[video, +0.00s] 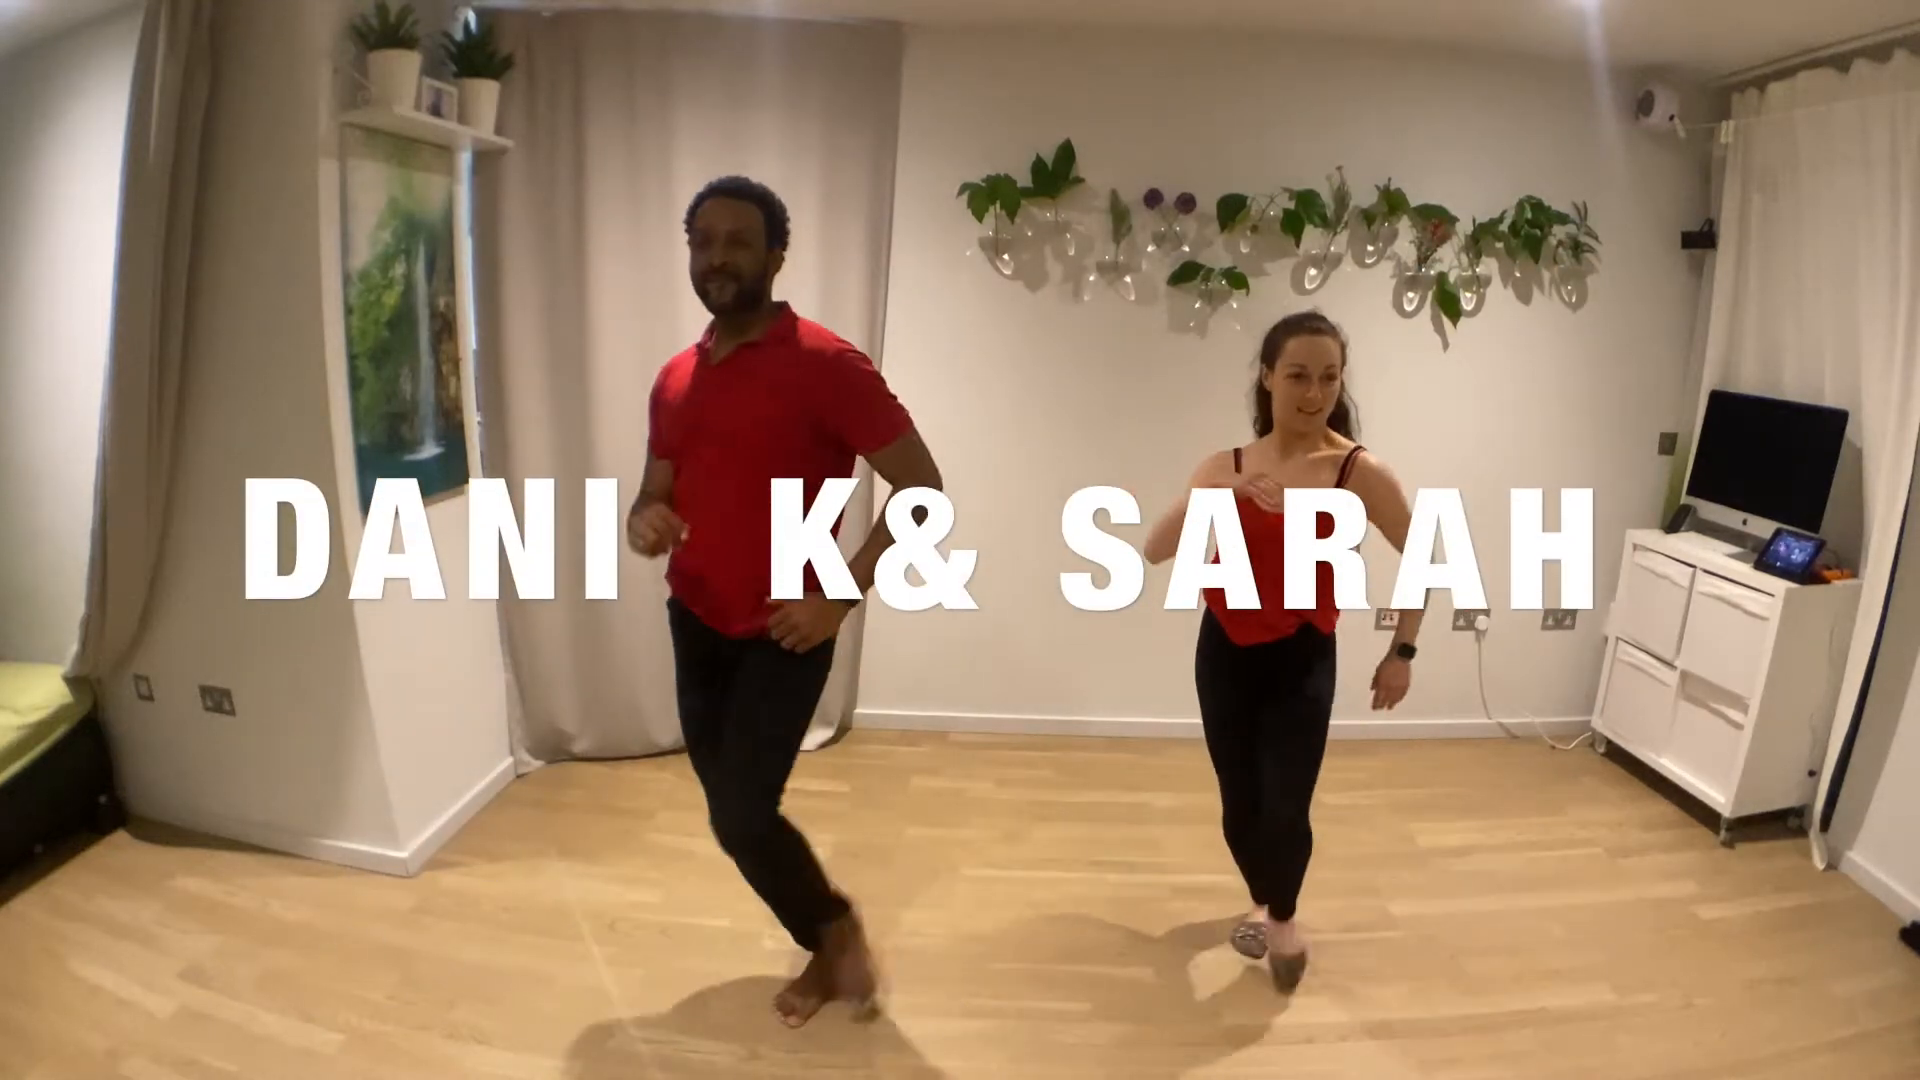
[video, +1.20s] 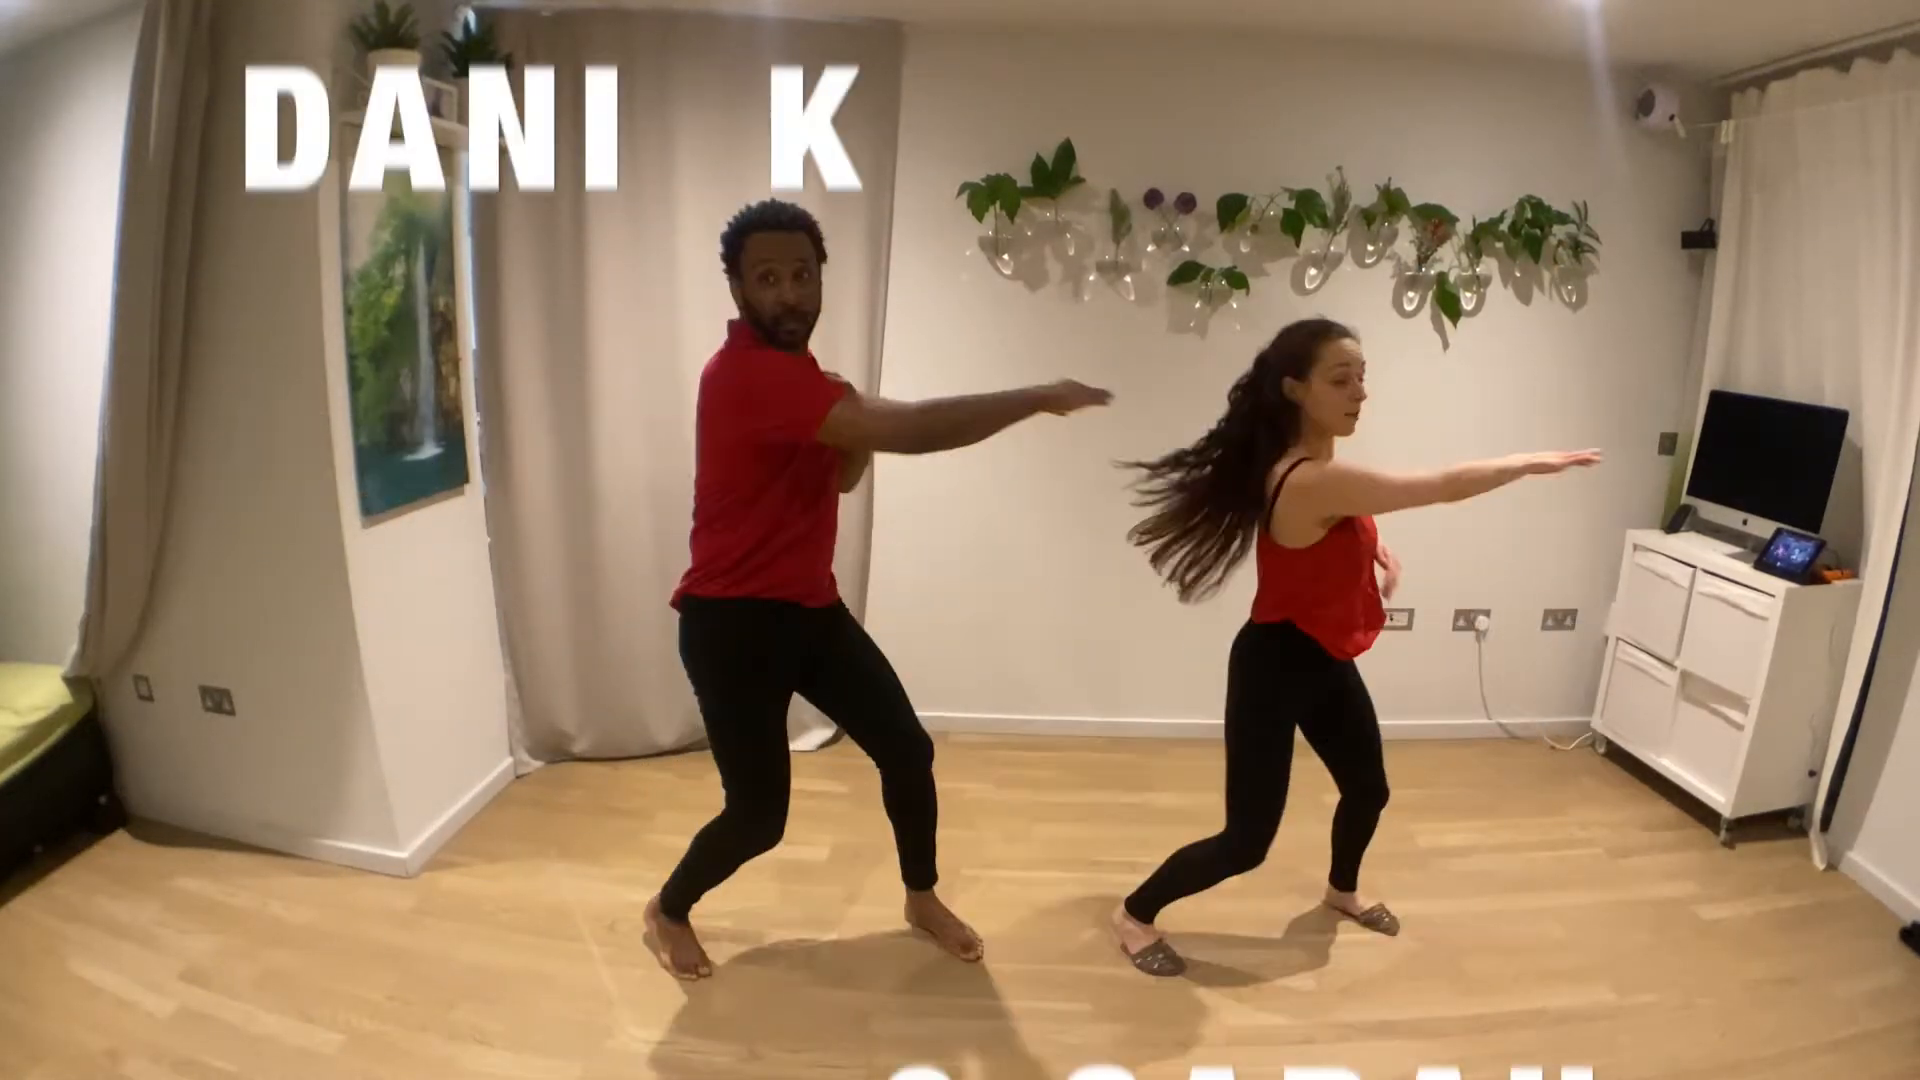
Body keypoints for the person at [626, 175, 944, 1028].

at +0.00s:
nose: (716, 260)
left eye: (738, 244)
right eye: (701, 244)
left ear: (776, 255)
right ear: (687, 256)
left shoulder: (828, 366)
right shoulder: (677, 379)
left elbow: (920, 489)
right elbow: (654, 495)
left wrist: (841, 595)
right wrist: (649, 522)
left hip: (789, 630)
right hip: (699, 622)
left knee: (742, 814)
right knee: (734, 815)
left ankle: (836, 929)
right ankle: (825, 941)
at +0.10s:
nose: (706, 261)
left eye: (728, 244)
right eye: (692, 244)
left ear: (767, 255)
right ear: (677, 254)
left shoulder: (825, 370)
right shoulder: (660, 385)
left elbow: (921, 492)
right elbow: (642, 511)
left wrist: (825, 585)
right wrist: (633, 573)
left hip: (775, 637)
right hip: (686, 631)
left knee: (702, 838)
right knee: (724, 819)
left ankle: (751, 1024)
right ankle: (827, 950)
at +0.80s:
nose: (673, 259)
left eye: (694, 240)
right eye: (655, 239)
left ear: (726, 253)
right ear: (631, 253)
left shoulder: (790, 370)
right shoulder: (605, 373)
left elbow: (881, 473)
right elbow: (573, 465)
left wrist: (860, 547)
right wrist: (543, 542)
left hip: (773, 617)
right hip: (676, 613)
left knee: (739, 802)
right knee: (674, 799)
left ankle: (778, 952)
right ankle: (702, 909)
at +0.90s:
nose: (705, 266)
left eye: (722, 247)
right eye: (685, 249)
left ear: (751, 255)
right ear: (660, 262)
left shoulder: (807, 361)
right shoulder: (628, 372)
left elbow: (883, 477)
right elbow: (556, 478)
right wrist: (627, 477)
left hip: (786, 608)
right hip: (685, 605)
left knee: (804, 792)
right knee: (673, 791)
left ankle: (860, 881)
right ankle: (702, 905)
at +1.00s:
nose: (727, 280)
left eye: (745, 260)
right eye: (707, 261)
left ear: (775, 264)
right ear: (687, 269)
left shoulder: (807, 356)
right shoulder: (665, 370)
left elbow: (859, 480)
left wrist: (802, 401)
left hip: (797, 604)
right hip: (702, 607)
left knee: (865, 766)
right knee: (689, 783)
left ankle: (920, 903)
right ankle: (697, 910)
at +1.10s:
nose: (757, 290)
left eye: (773, 271)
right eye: (735, 273)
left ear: (796, 276)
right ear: (706, 282)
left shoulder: (787, 367)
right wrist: (1053, 426)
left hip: (810, 612)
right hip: (724, 616)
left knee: (895, 762)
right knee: (738, 820)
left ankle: (928, 898)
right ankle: (675, 904)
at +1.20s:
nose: (789, 295)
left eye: (803, 276)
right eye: (766, 278)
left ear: (822, 280)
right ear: (734, 288)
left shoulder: (810, 380)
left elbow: (840, 478)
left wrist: (863, 419)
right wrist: (1035, 399)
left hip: (811, 612)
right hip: (731, 618)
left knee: (906, 750)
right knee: (758, 817)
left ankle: (923, 897)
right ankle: (667, 910)